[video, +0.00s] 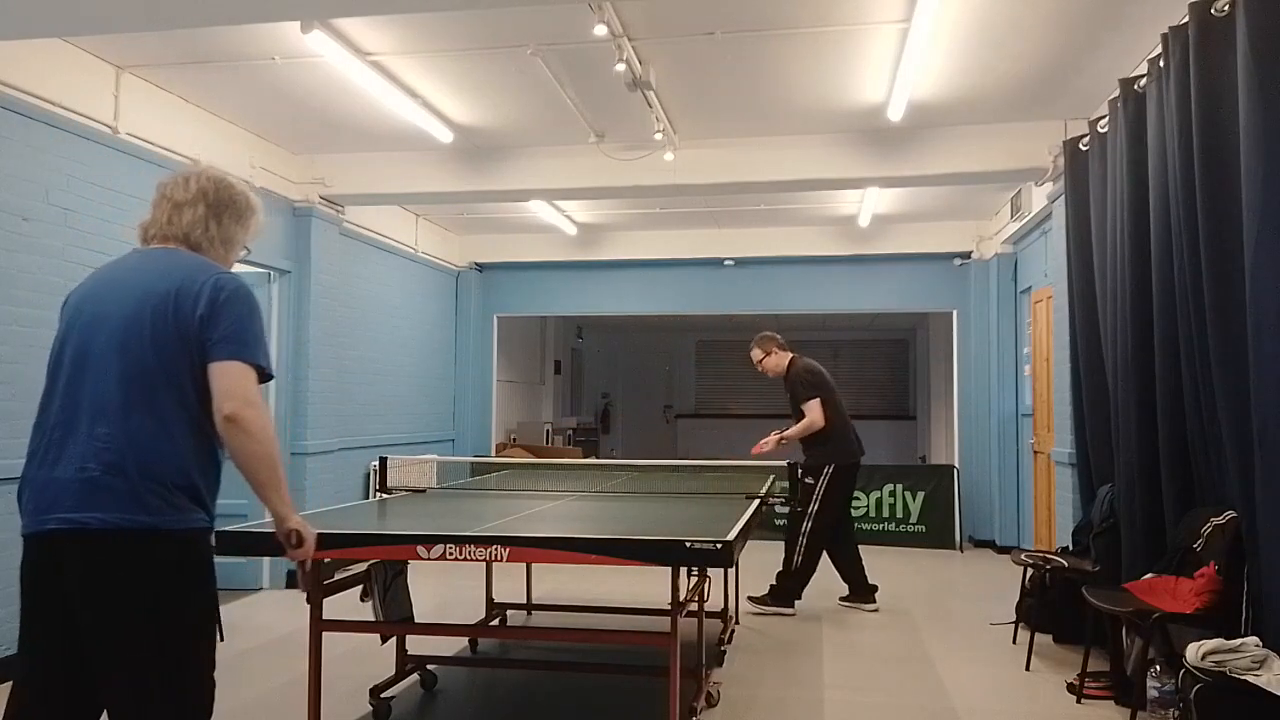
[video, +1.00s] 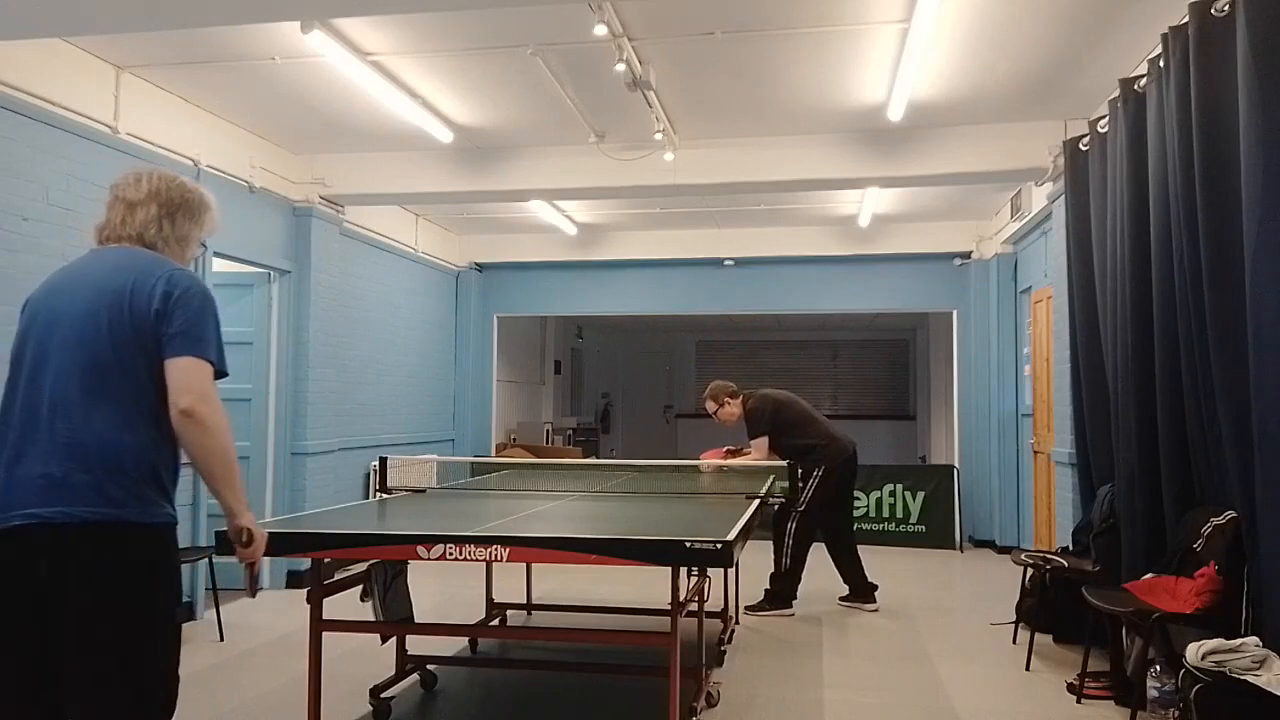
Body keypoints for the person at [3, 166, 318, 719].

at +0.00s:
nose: (239, 259)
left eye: (243, 248)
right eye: (240, 245)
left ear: (161, 221)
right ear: (220, 232)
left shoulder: (88, 287)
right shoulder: (218, 287)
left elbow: (69, 403)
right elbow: (235, 409)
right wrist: (284, 512)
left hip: (53, 531)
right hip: (154, 534)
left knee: (46, 697)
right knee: (167, 706)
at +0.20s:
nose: (202, 262)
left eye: (206, 250)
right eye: (202, 248)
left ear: (121, 224)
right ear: (177, 233)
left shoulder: (53, 288)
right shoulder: (177, 285)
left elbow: (32, 406)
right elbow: (188, 406)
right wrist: (237, 516)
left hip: (18, 541)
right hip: (116, 543)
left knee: (28, 705)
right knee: (143, 707)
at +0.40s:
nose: (170, 257)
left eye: (174, 247)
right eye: (170, 244)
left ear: (89, 219)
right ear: (145, 228)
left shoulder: (21, 288)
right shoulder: (143, 283)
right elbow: (149, 402)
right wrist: (200, 515)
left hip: (7, 539)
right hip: (96, 541)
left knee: (17, 701)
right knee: (135, 705)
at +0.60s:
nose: (164, 257)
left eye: (167, 246)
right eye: (164, 244)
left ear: (83, 219)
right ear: (135, 227)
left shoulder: (18, 285)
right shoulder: (137, 281)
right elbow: (143, 400)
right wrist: (194, 510)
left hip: (8, 536)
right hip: (94, 539)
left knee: (20, 699)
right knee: (123, 702)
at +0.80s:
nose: (176, 257)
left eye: (180, 246)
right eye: (177, 244)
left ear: (96, 220)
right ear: (154, 230)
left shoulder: (24, 291)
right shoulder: (152, 283)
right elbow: (166, 402)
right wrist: (214, 512)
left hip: (10, 534)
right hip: (102, 537)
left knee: (23, 695)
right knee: (119, 699)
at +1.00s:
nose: (195, 257)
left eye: (199, 244)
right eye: (196, 243)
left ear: (116, 221)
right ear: (173, 230)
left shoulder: (45, 291)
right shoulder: (174, 285)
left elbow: (23, 401)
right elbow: (190, 405)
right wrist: (238, 511)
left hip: (18, 534)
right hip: (118, 535)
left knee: (28, 697)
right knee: (131, 699)